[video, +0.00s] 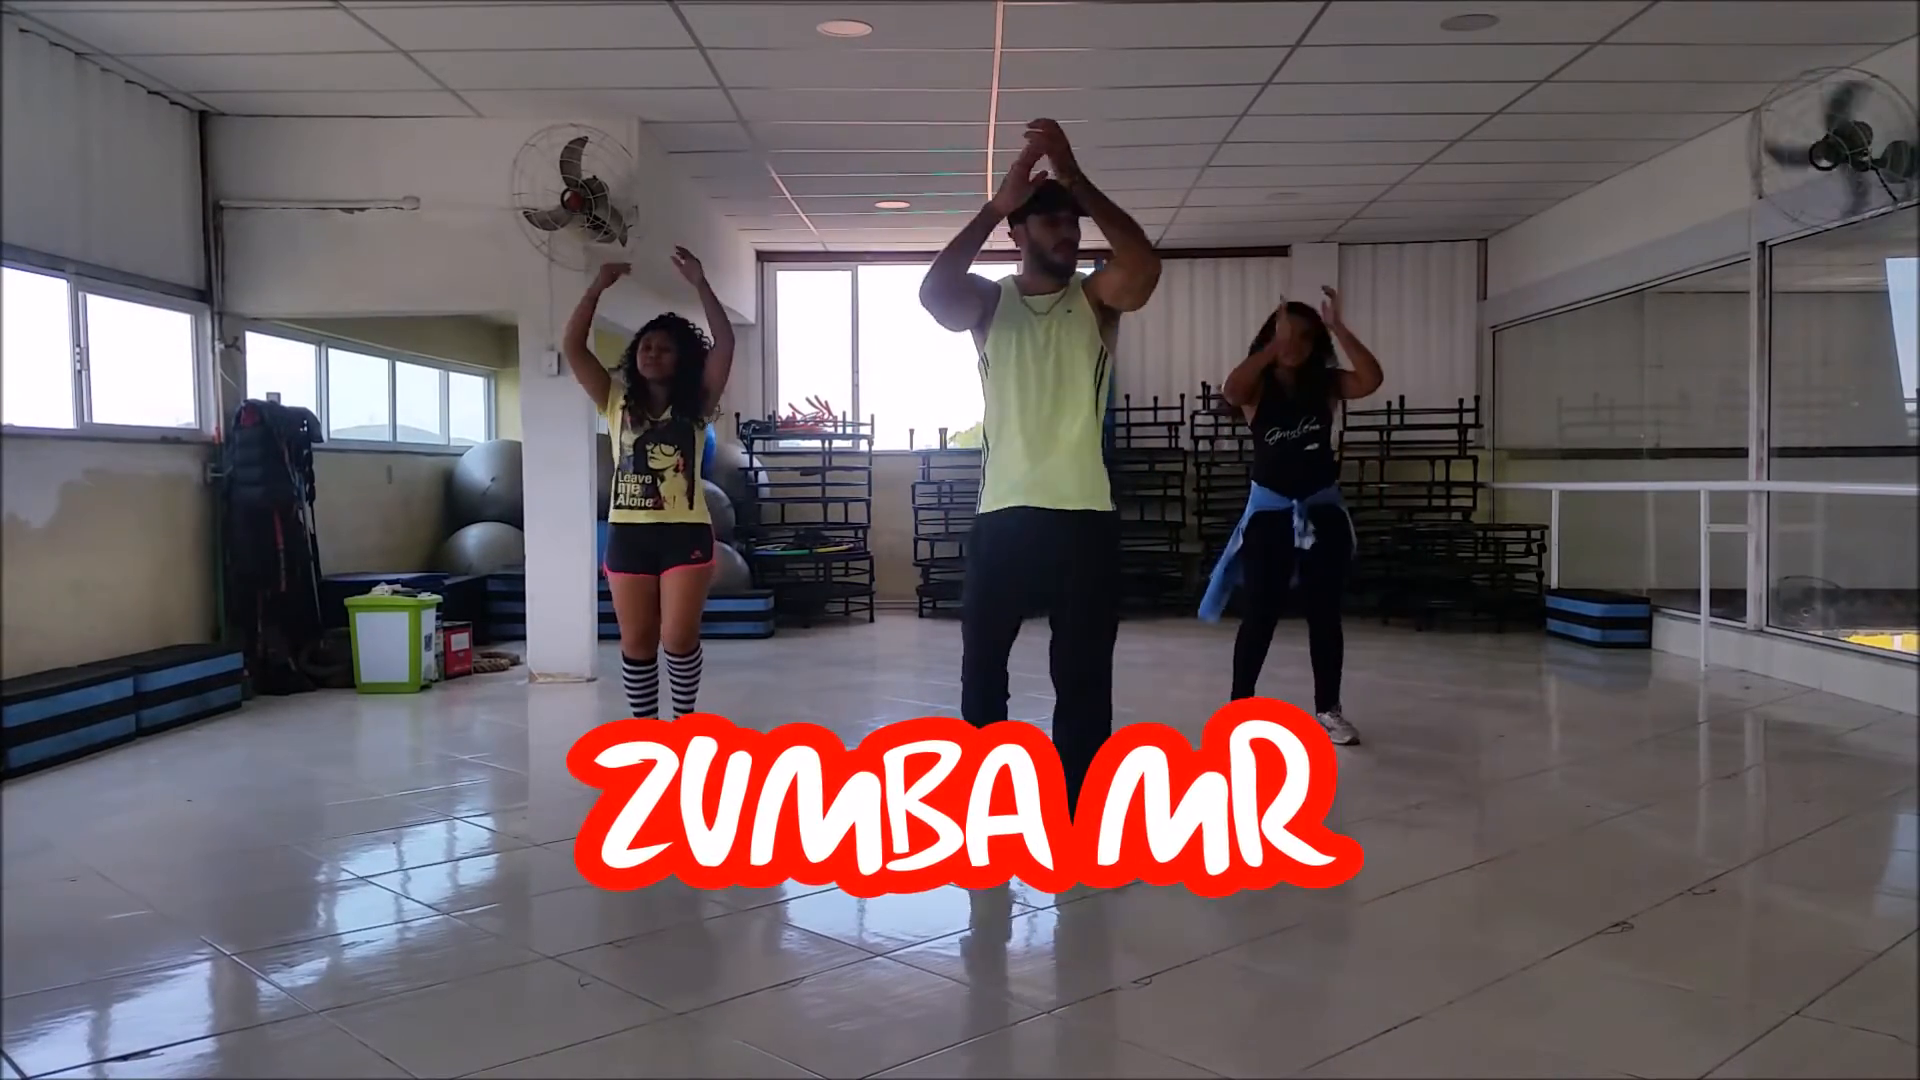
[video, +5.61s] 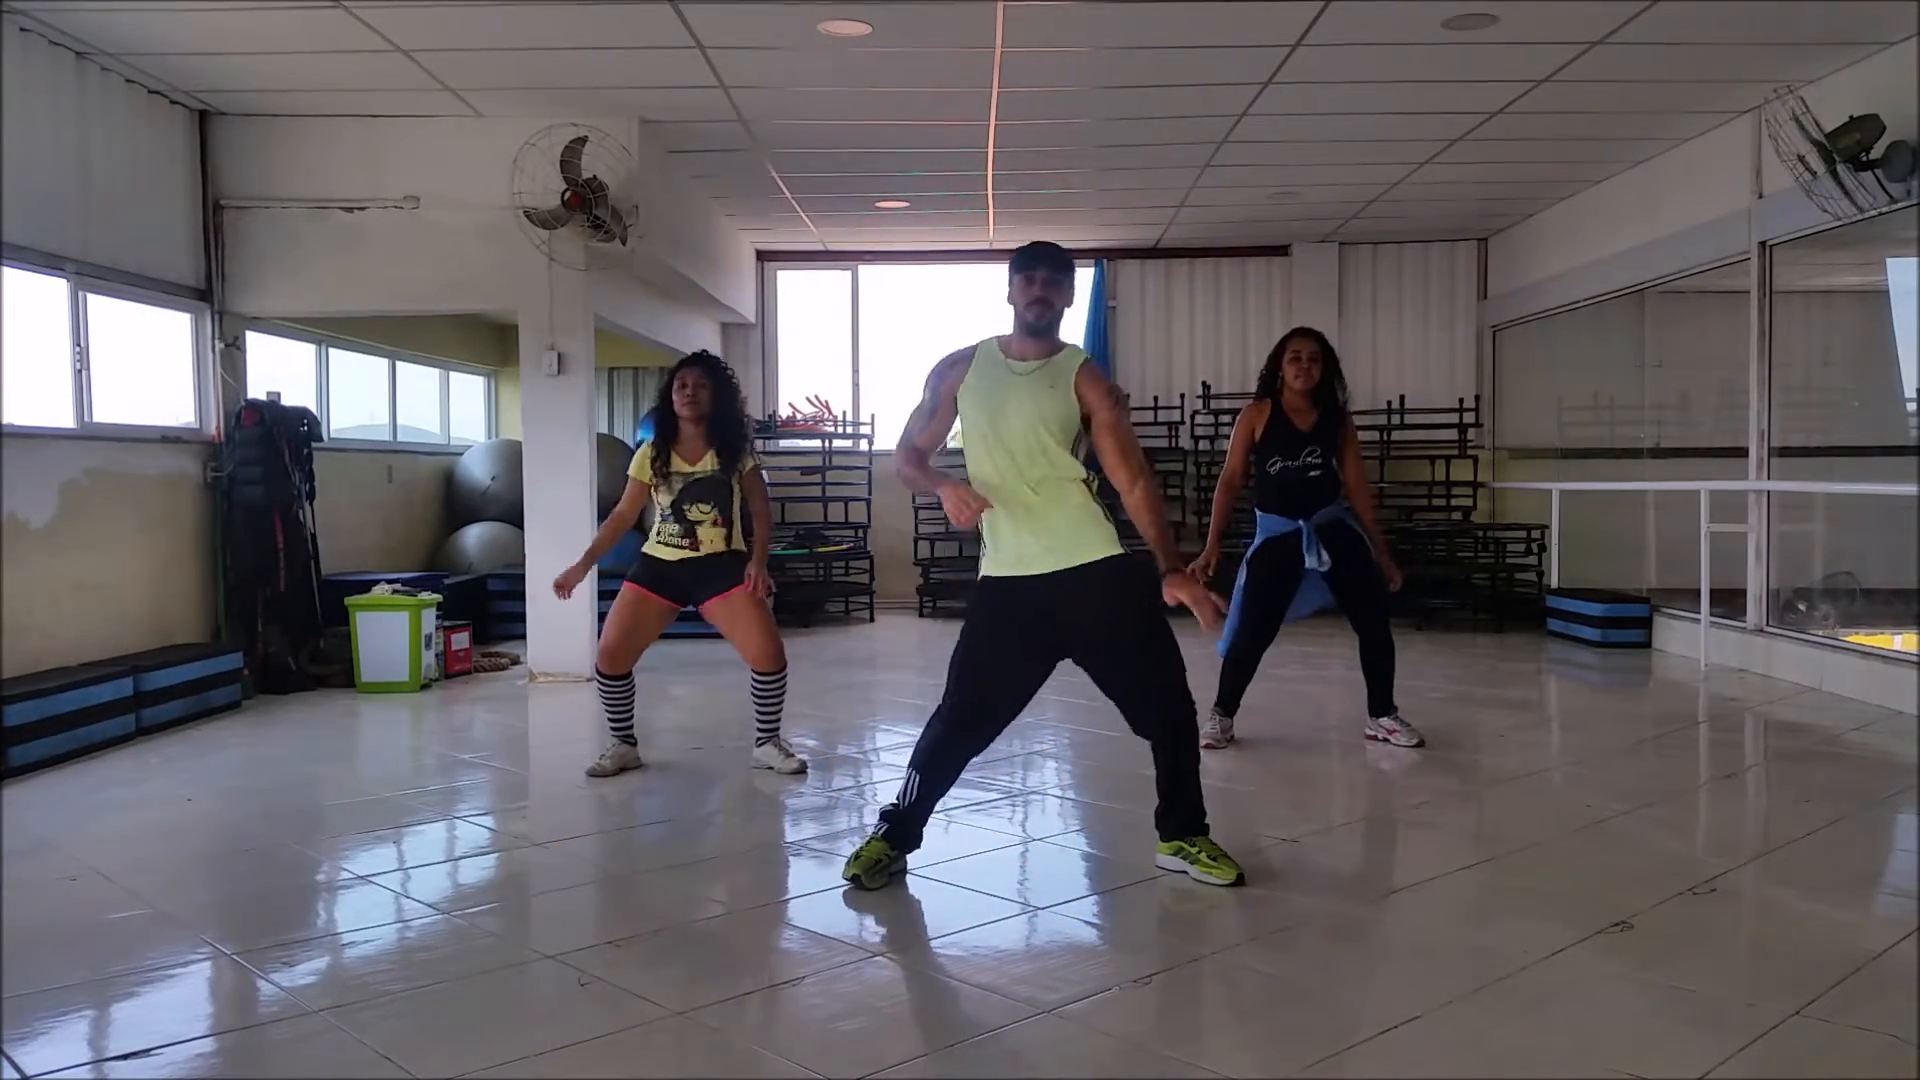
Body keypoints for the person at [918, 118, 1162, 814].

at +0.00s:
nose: (1065, 231)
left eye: (1071, 220)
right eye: (1050, 220)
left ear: (1081, 230)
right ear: (1017, 232)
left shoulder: (1097, 297)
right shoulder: (991, 302)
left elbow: (1142, 263)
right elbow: (936, 290)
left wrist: (1076, 180)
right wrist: (998, 208)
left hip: (1086, 518)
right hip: (1006, 517)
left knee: (1084, 684)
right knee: (981, 672)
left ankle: (1080, 822)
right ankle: (981, 810)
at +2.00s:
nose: (1053, 225)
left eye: (1067, 217)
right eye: (1041, 216)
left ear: (1087, 235)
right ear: (1027, 234)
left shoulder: (1112, 298)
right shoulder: (996, 303)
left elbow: (1167, 313)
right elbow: (935, 336)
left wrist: (1123, 226)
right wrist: (967, 235)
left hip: (1095, 523)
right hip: (1012, 520)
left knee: (1102, 691)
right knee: (979, 666)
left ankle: (1086, 827)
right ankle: (983, 803)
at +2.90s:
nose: (1066, 228)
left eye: (1079, 216)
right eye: (1053, 217)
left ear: (1098, 226)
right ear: (1035, 229)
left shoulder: (1129, 300)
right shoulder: (1004, 309)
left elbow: (1211, 350)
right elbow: (922, 378)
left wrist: (1179, 300)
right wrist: (937, 315)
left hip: (1109, 525)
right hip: (1021, 523)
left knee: (1127, 680)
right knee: (977, 663)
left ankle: (1118, 825)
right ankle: (973, 801)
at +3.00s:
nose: (1060, 233)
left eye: (1073, 221)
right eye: (1047, 221)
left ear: (1094, 227)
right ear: (1030, 229)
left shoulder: (1133, 306)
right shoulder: (1000, 312)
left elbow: (1231, 366)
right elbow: (923, 378)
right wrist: (913, 410)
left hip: (1108, 529)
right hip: (1018, 527)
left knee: (1124, 686)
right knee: (975, 669)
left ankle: (1119, 823)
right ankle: (951, 808)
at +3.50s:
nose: (1013, 242)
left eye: (1026, 230)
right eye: (1001, 229)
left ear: (1047, 239)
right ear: (985, 237)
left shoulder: (1085, 322)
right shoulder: (946, 329)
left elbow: (1136, 406)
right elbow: (907, 419)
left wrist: (1119, 465)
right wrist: (897, 498)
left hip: (1070, 540)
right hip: (976, 542)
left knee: (1125, 685)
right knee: (937, 695)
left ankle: (1133, 817)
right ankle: (915, 829)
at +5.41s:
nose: (1043, 313)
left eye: (1056, 302)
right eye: (1031, 301)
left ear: (1073, 311)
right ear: (1012, 308)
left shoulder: (1101, 388)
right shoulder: (970, 401)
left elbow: (1139, 475)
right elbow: (935, 495)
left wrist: (1159, 526)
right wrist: (935, 582)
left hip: (1099, 583)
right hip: (1005, 590)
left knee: (1172, 707)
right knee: (950, 720)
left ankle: (1180, 833)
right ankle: (892, 838)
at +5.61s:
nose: (1041, 293)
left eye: (1054, 284)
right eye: (1029, 281)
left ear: (1069, 295)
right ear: (1009, 288)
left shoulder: (1085, 377)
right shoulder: (959, 372)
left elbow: (1132, 478)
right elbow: (908, 456)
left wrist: (1170, 567)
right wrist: (943, 485)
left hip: (1100, 575)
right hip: (1009, 586)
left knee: (1169, 712)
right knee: (959, 718)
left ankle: (1182, 834)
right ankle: (893, 838)